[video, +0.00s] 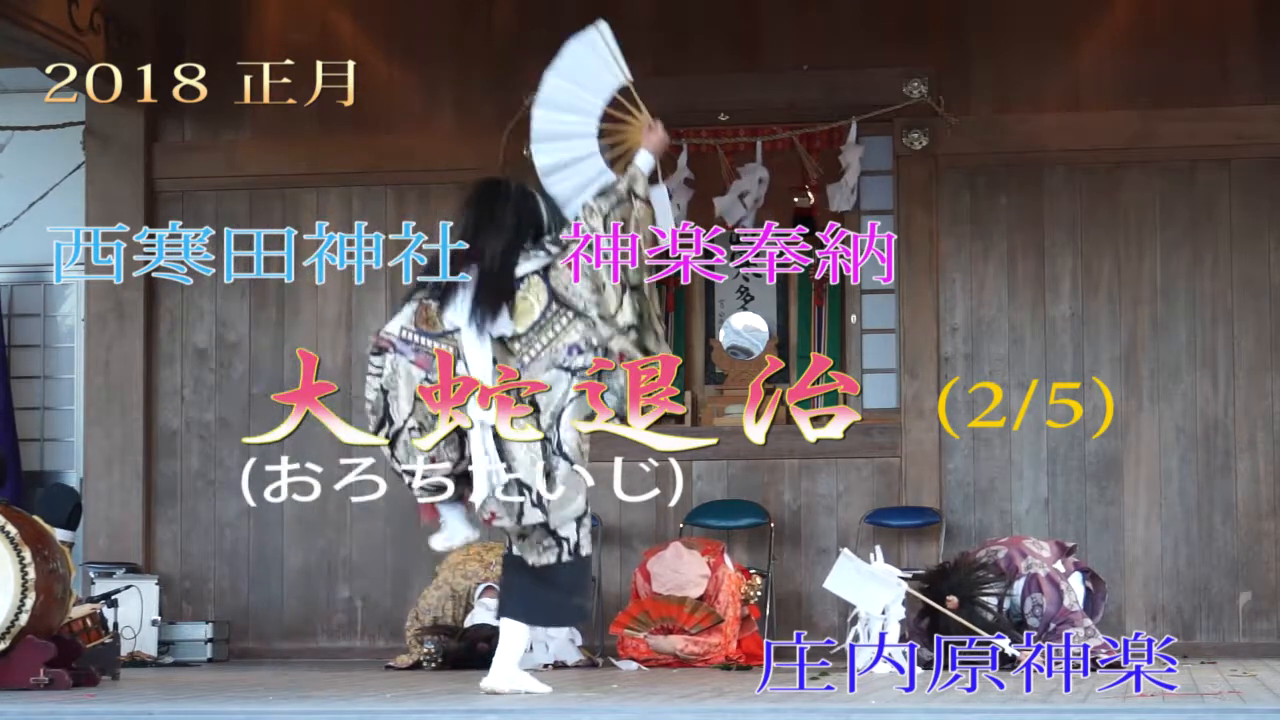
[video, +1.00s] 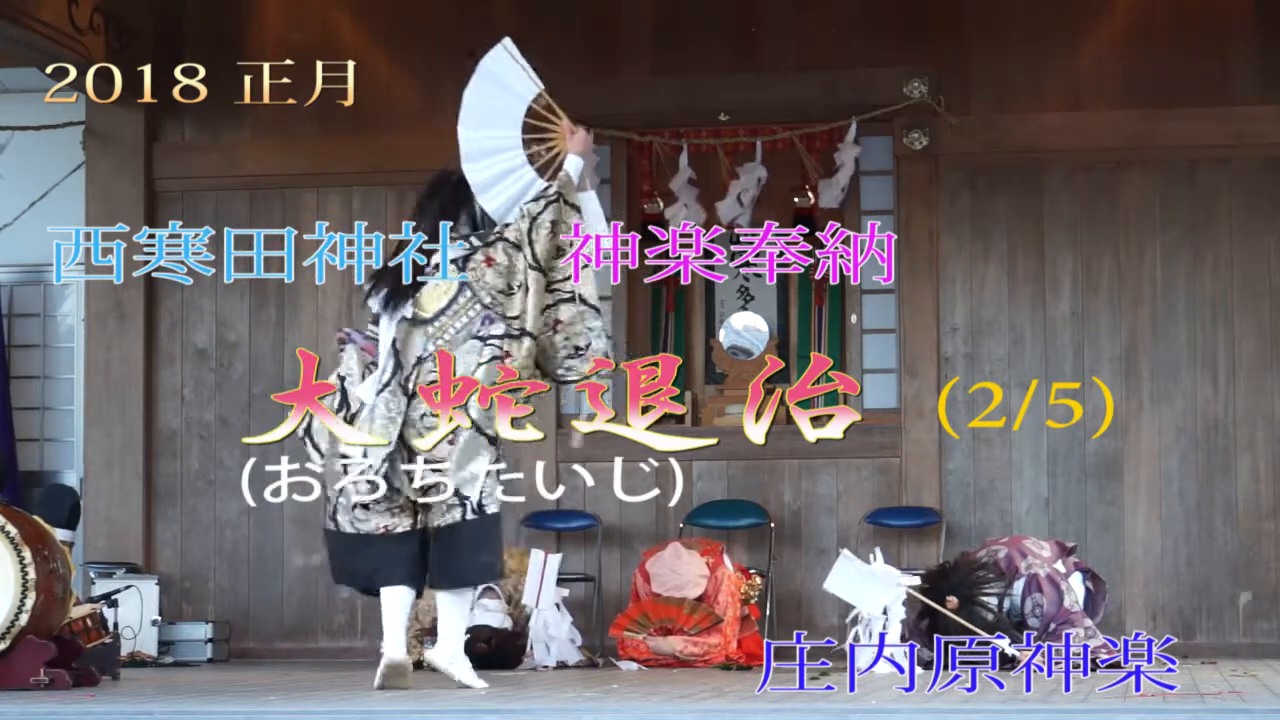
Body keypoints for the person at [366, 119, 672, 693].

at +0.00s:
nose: (544, 226)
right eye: (538, 218)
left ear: (475, 229)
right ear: (532, 225)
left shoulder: (459, 292)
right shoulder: (552, 274)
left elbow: (390, 342)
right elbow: (598, 226)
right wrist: (644, 161)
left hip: (494, 437)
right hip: (539, 438)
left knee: (545, 524)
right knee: (532, 539)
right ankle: (507, 664)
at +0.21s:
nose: (550, 235)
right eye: (543, 225)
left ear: (479, 230)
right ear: (532, 229)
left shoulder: (463, 290)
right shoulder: (547, 284)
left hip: (486, 434)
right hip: (539, 437)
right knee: (542, 535)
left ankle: (414, 566)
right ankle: (507, 663)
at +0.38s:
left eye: (459, 225)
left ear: (467, 231)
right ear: (531, 231)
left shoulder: (435, 299)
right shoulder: (552, 293)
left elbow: (391, 382)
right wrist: (628, 177)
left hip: (445, 444)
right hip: (522, 446)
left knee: (417, 524)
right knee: (521, 546)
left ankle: (394, 638)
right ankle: (505, 663)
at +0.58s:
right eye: (494, 232)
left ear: (434, 235)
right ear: (495, 236)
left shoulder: (410, 295)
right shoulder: (511, 286)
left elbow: (374, 367)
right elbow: (569, 247)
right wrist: (594, 180)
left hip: (414, 440)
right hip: (487, 438)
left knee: (402, 542)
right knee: (516, 533)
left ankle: (396, 664)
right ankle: (506, 644)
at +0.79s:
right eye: (472, 230)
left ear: (420, 232)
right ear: (474, 233)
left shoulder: (391, 286)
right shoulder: (489, 274)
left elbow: (374, 374)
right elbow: (540, 238)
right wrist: (574, 180)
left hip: (392, 432)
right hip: (463, 429)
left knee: (390, 536)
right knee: (489, 518)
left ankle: (393, 654)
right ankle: (465, 620)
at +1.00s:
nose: (484, 220)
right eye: (479, 211)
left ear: (422, 217)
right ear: (477, 215)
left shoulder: (398, 272)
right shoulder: (493, 262)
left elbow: (373, 359)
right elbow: (539, 226)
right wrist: (572, 164)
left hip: (395, 418)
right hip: (460, 420)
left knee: (398, 530)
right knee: (460, 529)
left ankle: (393, 647)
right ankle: (449, 645)